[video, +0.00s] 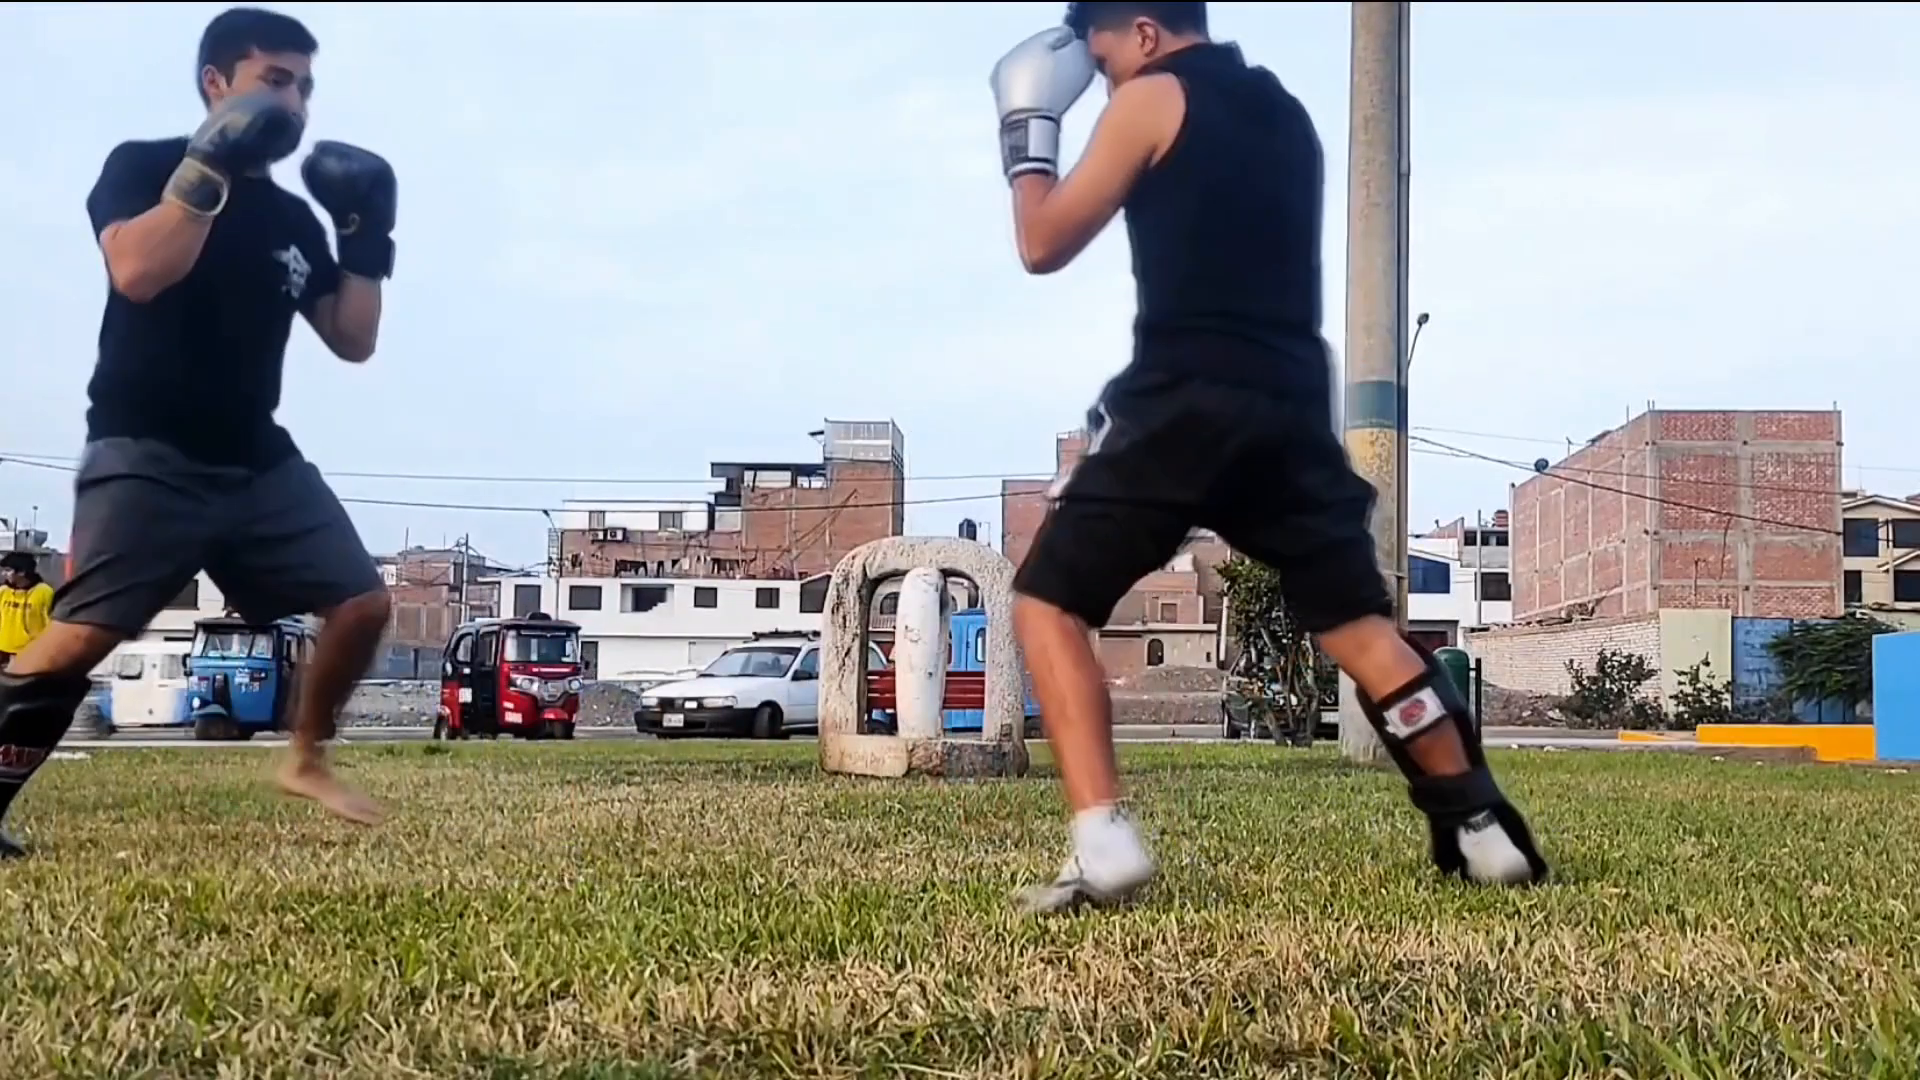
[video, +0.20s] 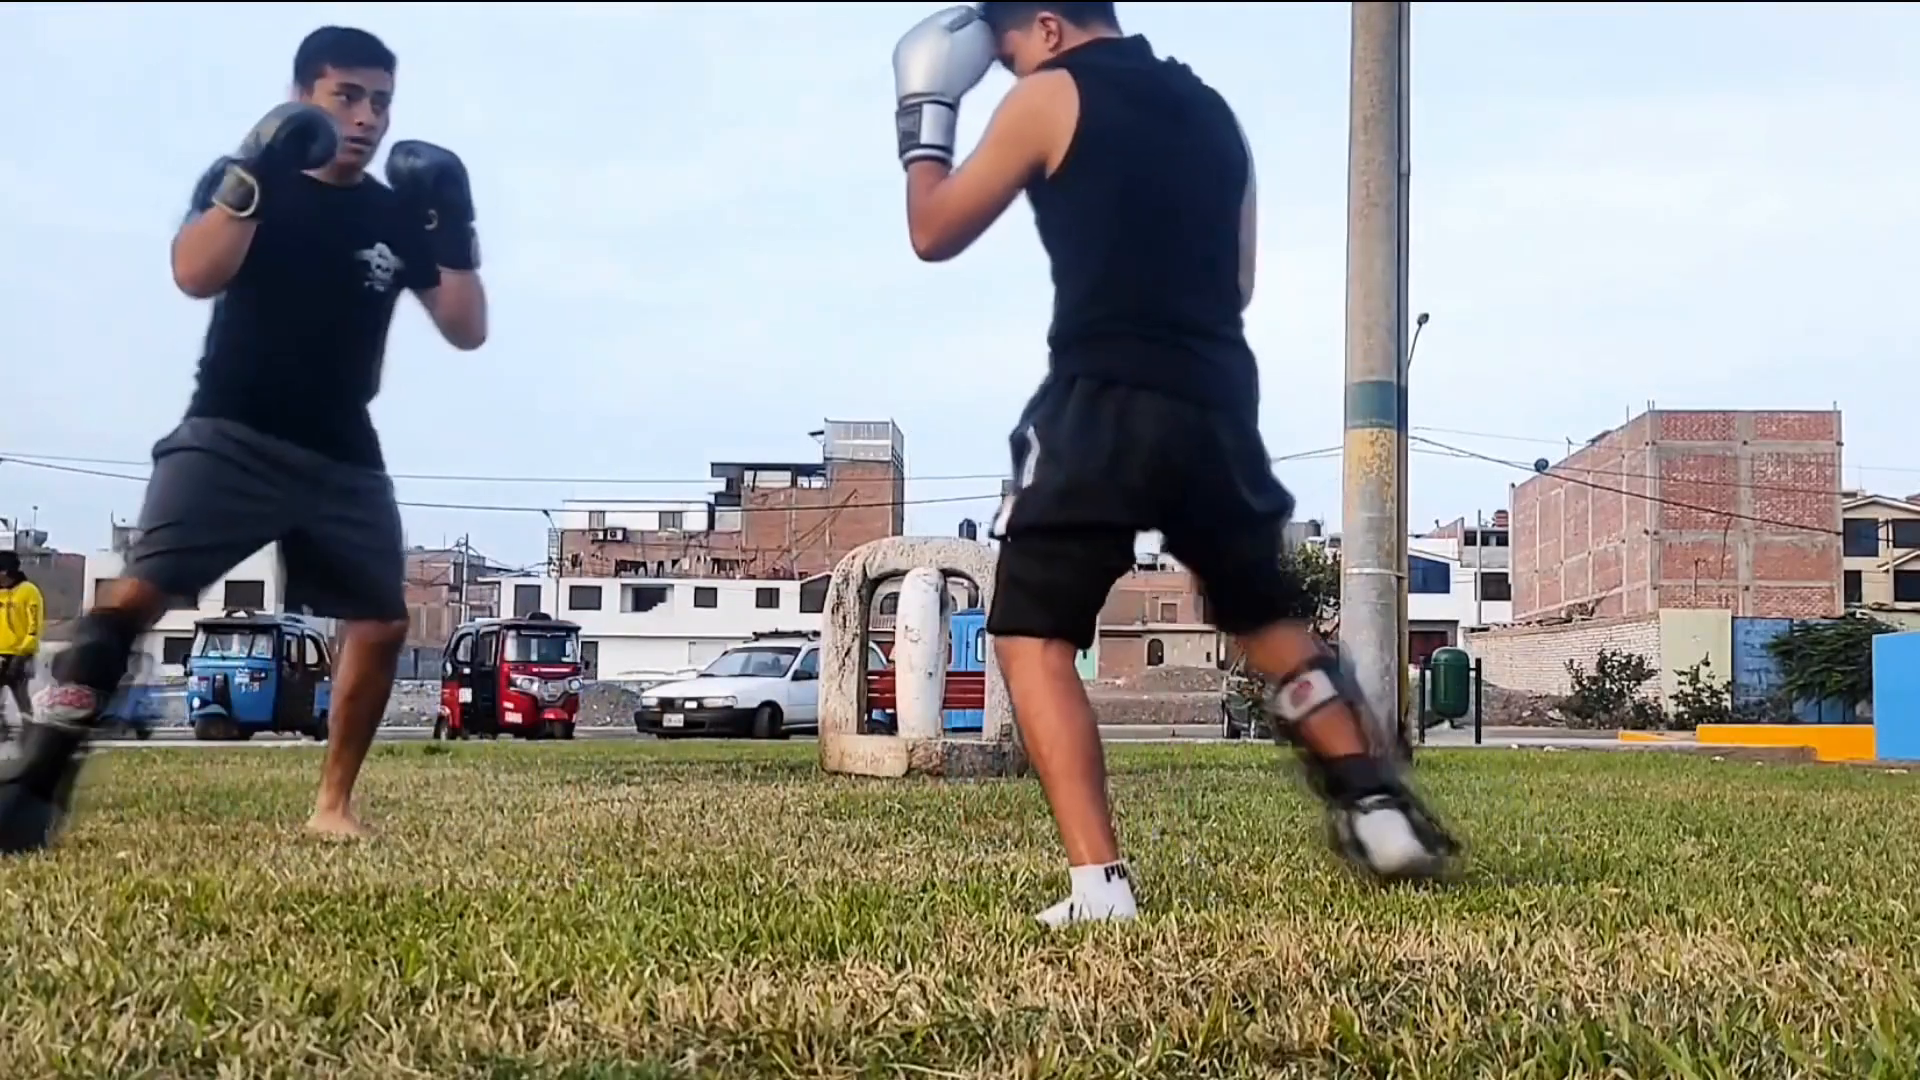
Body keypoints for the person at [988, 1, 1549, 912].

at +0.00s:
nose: (1103, 76)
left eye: (1103, 56)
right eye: (1098, 60)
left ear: (1144, 30)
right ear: (1184, 24)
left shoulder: (1152, 98)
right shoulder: (1285, 113)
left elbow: (1040, 244)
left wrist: (1027, 134)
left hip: (1185, 403)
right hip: (1296, 411)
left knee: (1047, 603)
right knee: (1358, 625)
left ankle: (1104, 842)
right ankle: (1486, 834)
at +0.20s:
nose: (1014, 75)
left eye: (1012, 57)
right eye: (1007, 62)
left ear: (1048, 25)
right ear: (1099, 20)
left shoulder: (1052, 96)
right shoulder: (1213, 113)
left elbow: (932, 231)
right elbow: (1240, 281)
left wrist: (926, 119)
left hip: (1101, 409)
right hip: (1218, 411)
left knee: (1031, 634)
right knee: (1260, 609)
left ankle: (1098, 882)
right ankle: (1375, 804)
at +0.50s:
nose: (958, 62)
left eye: (957, 47)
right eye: (957, 49)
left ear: (990, 33)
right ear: (1058, 27)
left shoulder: (978, 97)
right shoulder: (1158, 117)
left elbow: (870, 224)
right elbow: (1192, 279)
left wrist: (878, 119)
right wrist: (1100, 224)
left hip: (1008, 390)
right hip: (1124, 407)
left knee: (940, 628)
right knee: (1054, 632)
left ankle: (1065, 838)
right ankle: (1027, 859)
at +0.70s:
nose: (938, 54)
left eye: (939, 39)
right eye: (939, 41)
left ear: (968, 28)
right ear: (1041, 27)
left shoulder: (949, 90)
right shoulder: (1128, 121)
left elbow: (846, 215)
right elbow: (1145, 289)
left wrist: (865, 110)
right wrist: (1067, 222)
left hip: (963, 368)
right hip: (1079, 398)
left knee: (780, 460)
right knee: (1026, 622)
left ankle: (880, 612)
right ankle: (1017, 856)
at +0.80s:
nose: (921, 54)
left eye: (921, 41)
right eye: (922, 42)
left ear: (946, 30)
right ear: (1021, 28)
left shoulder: (928, 90)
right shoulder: (1109, 120)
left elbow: (829, 218)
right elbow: (1125, 284)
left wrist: (848, 110)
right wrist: (1043, 224)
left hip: (926, 374)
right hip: (1045, 410)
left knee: (772, 397)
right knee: (1011, 621)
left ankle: (845, 566)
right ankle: (1013, 851)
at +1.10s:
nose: (858, 86)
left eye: (858, 75)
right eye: (862, 75)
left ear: (870, 73)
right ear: (952, 71)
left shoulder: (834, 135)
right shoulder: (1019, 145)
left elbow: (789, 268)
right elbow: (1058, 299)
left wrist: (819, 178)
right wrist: (980, 237)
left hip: (826, 413)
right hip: (951, 434)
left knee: (725, 525)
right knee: (959, 639)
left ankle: (685, 706)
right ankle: (997, 853)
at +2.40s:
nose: (820, 256)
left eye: (823, 247)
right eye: (822, 243)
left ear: (755, 215)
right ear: (805, 225)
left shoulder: (703, 269)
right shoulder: (778, 255)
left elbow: (718, 368)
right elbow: (800, 361)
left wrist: (800, 312)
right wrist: (836, 331)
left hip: (676, 486)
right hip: (758, 486)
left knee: (678, 643)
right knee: (840, 624)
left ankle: (634, 814)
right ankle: (816, 798)